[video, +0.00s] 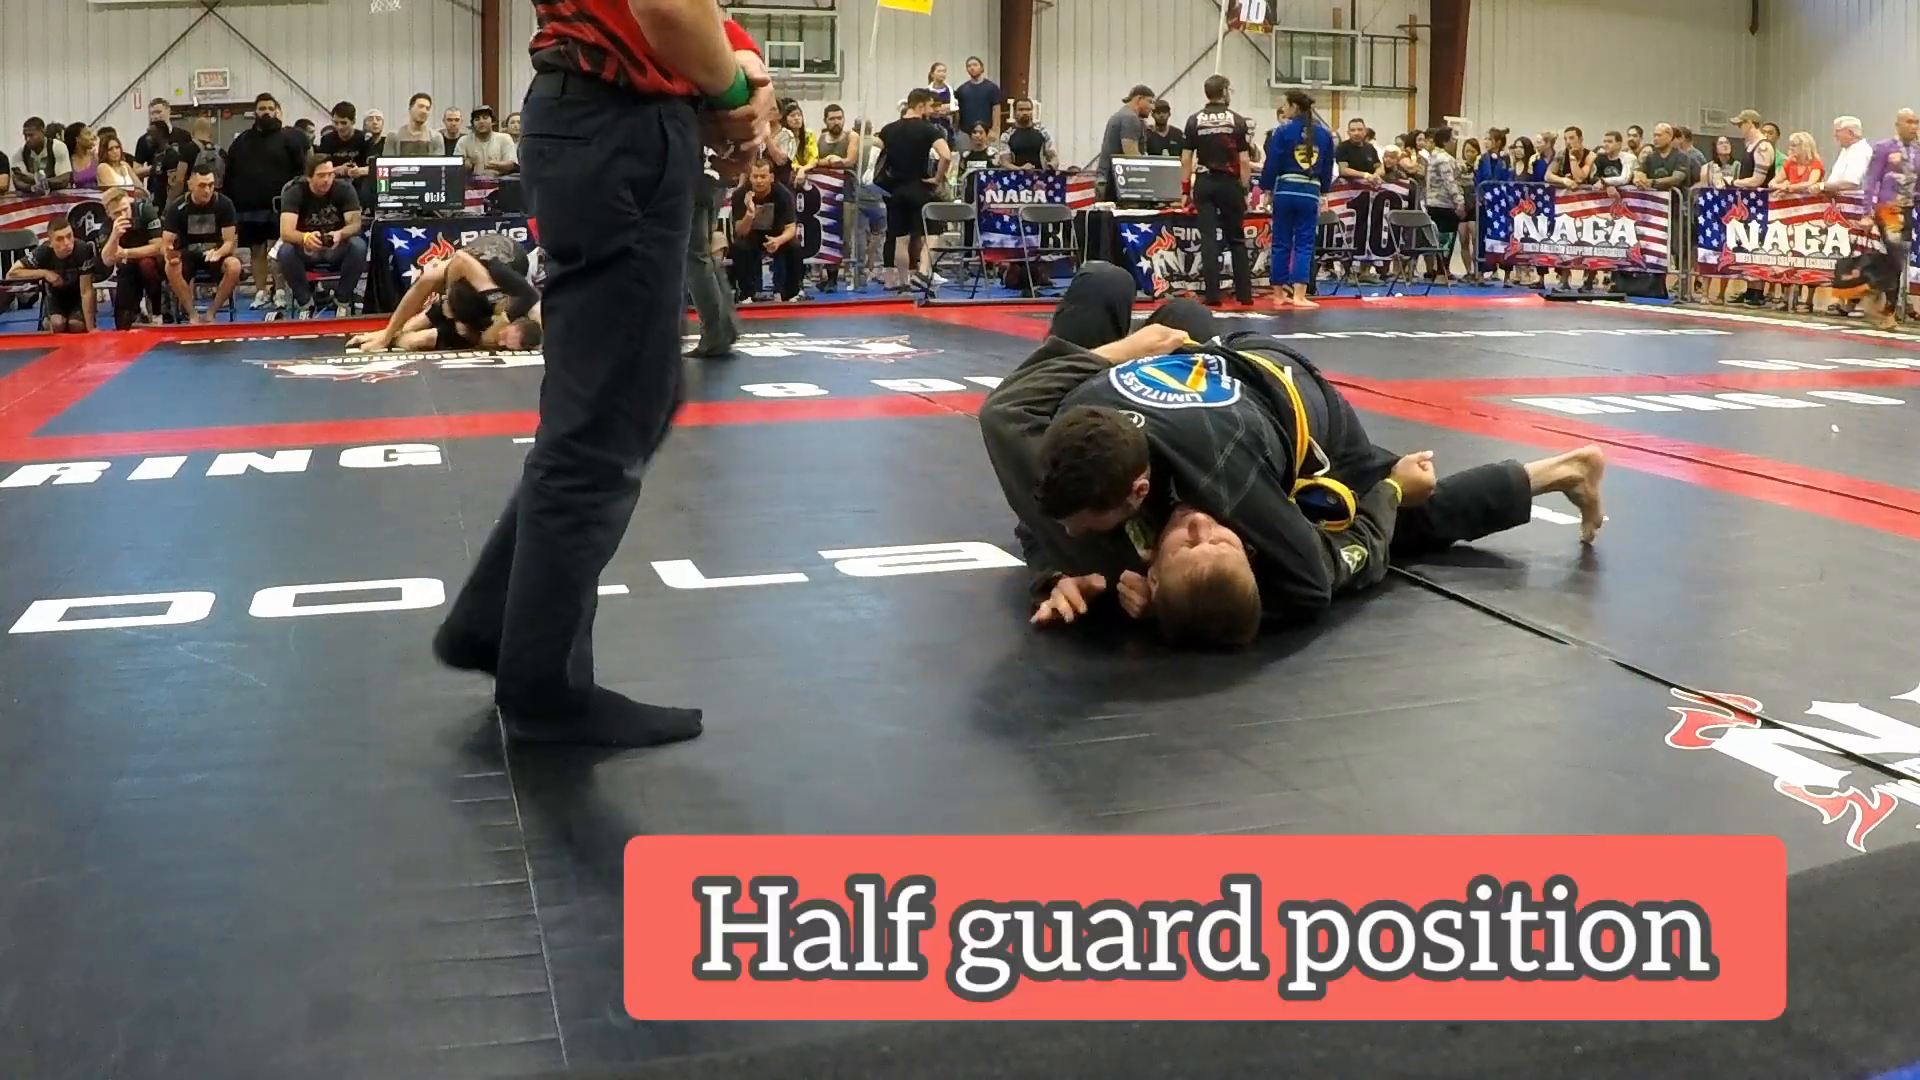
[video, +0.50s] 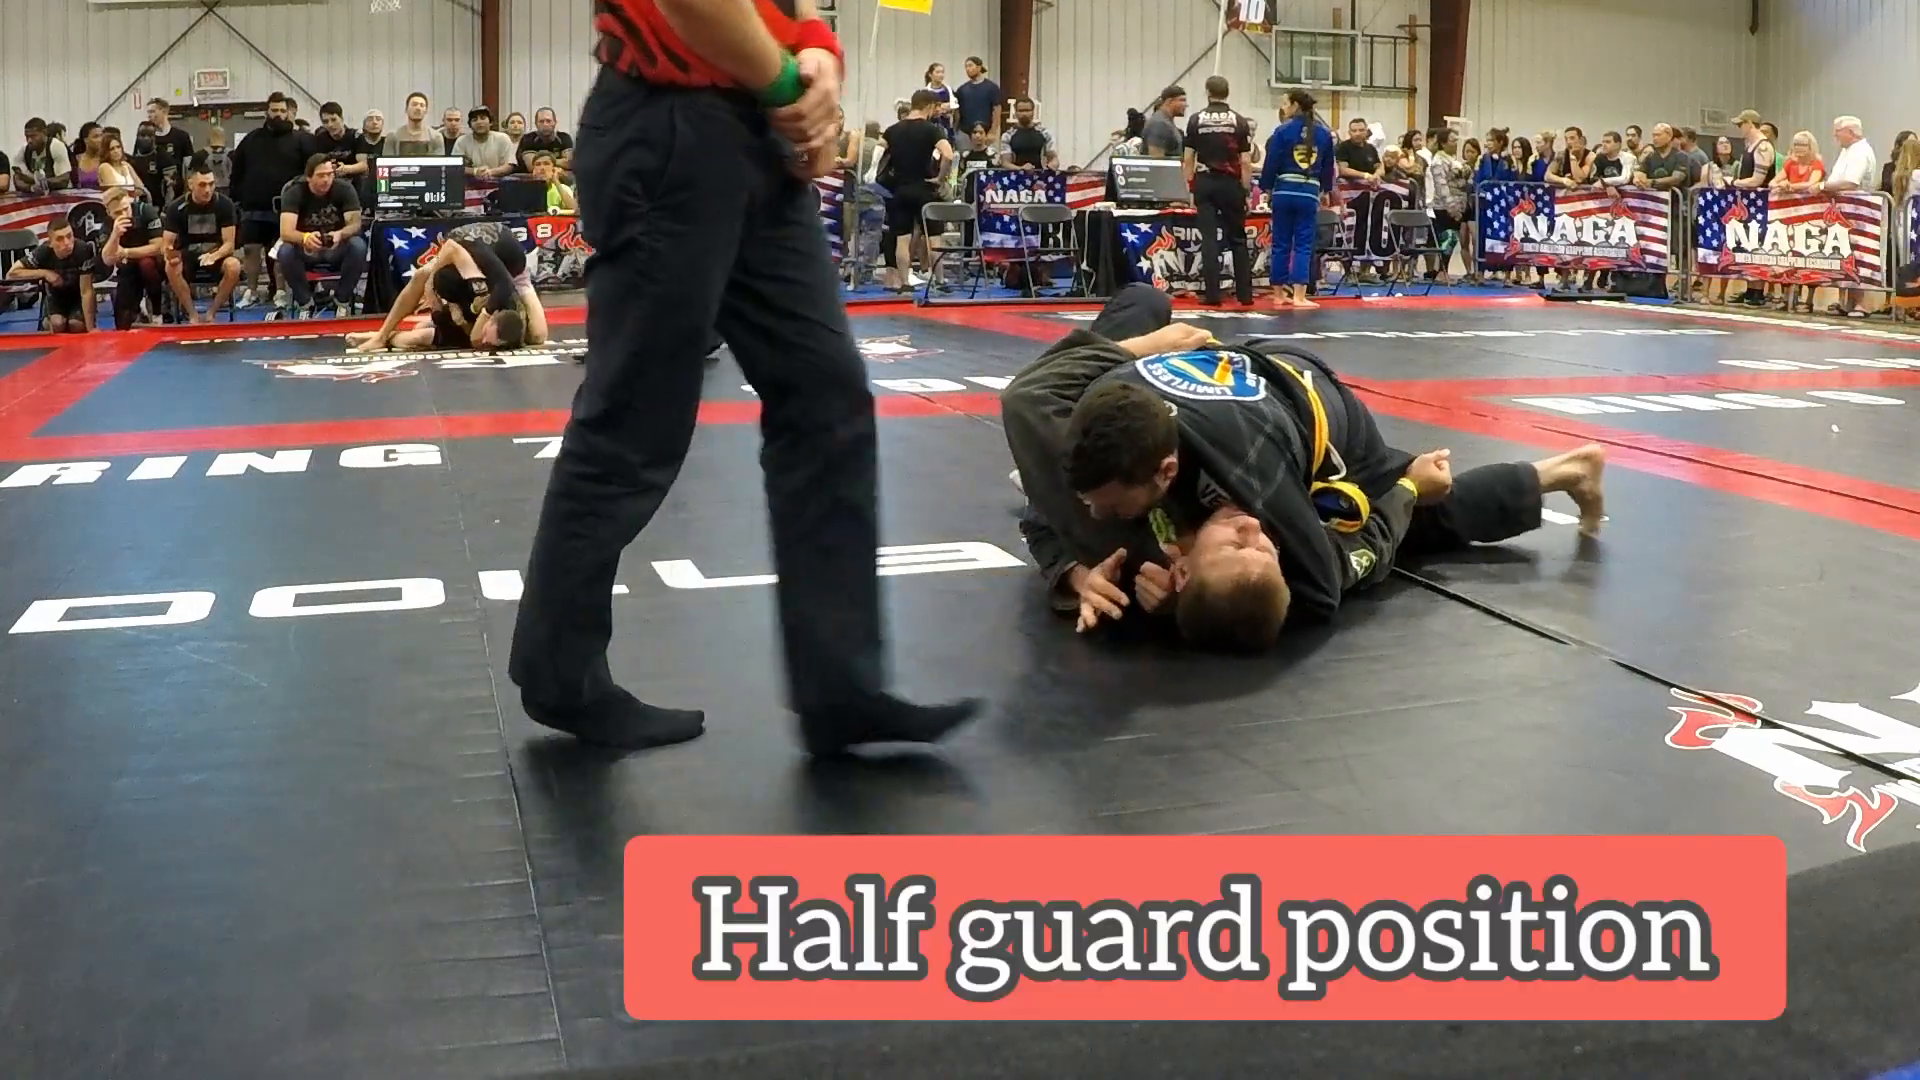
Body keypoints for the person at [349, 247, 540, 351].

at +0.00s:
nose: (438, 304)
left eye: (445, 310)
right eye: (504, 340)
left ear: (460, 318)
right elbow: (460, 260)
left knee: (413, 340)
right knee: (429, 279)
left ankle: (391, 336)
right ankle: (386, 335)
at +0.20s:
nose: (472, 335)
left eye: (476, 340)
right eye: (479, 332)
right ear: (484, 312)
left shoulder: (458, 335)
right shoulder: (506, 294)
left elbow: (414, 341)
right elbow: (451, 256)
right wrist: (435, 294)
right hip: (470, 245)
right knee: (423, 279)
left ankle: (382, 338)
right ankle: (382, 337)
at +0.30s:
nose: (472, 340)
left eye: (477, 346)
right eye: (478, 337)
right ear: (487, 319)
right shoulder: (497, 295)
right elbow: (454, 249)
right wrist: (437, 291)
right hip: (470, 243)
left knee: (538, 337)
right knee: (423, 276)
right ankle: (381, 337)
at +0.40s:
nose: (477, 343)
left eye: (484, 347)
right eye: (482, 337)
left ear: (505, 345)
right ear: (488, 319)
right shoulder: (498, 294)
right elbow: (455, 249)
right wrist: (436, 293)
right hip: (468, 239)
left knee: (539, 337)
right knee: (424, 276)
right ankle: (381, 337)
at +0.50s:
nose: (484, 342)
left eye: (489, 345)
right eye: (487, 336)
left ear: (505, 344)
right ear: (495, 319)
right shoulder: (498, 291)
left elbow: (473, 341)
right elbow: (453, 247)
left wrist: (453, 314)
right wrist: (429, 288)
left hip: (507, 242)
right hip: (464, 236)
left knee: (539, 336)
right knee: (422, 276)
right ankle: (381, 337)